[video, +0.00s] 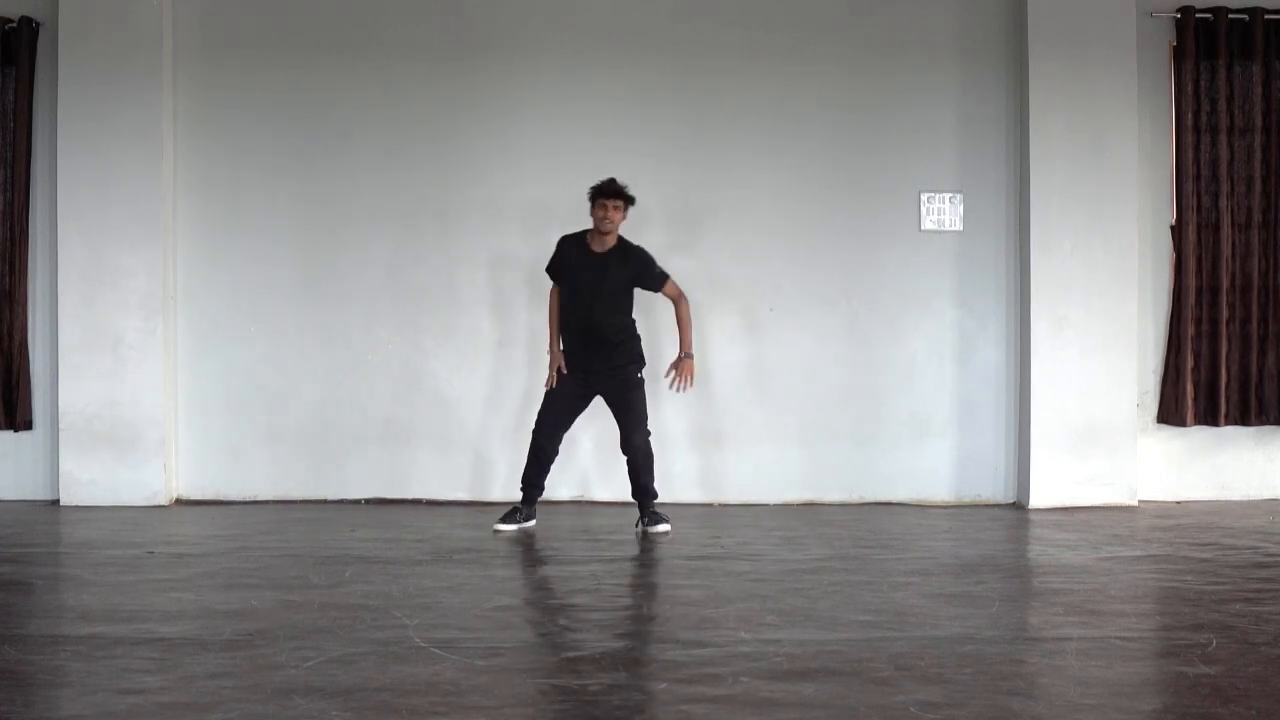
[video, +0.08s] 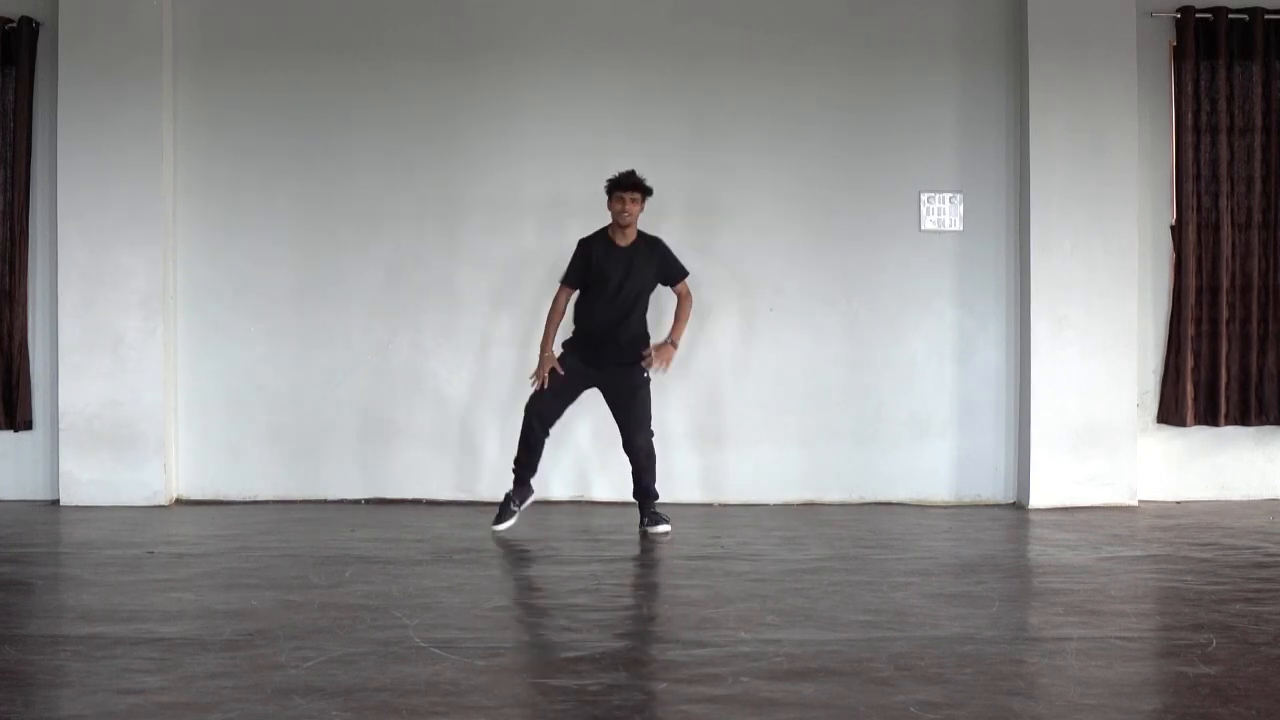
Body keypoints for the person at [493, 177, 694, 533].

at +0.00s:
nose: (608, 214)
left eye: (615, 209)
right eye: (602, 207)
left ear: (625, 215)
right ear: (591, 209)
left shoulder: (634, 258)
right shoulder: (568, 247)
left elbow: (679, 298)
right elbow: (557, 295)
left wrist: (686, 353)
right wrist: (554, 350)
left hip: (621, 367)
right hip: (575, 366)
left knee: (636, 440)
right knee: (544, 434)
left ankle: (648, 510)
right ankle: (526, 507)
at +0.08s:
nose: (626, 207)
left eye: (634, 202)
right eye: (620, 200)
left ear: (642, 207)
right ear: (609, 204)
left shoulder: (654, 250)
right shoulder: (589, 247)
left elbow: (684, 294)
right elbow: (562, 298)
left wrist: (672, 343)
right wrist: (546, 349)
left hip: (629, 362)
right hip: (581, 356)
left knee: (639, 439)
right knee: (536, 412)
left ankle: (648, 509)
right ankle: (519, 490)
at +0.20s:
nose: (632, 194)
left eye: (639, 188)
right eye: (625, 188)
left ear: (648, 192)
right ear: (614, 191)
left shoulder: (667, 234)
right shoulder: (602, 239)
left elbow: (682, 287)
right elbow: (566, 288)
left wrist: (644, 315)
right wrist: (542, 338)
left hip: (642, 347)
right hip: (599, 336)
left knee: (647, 431)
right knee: (539, 362)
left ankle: (650, 509)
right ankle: (531, 434)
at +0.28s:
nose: (629, 193)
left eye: (636, 187)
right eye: (622, 186)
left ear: (647, 190)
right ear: (612, 190)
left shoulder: (667, 223)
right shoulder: (602, 234)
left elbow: (685, 279)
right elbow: (573, 282)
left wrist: (636, 307)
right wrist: (554, 322)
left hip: (648, 341)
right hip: (607, 329)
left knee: (650, 429)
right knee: (557, 335)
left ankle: (650, 509)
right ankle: (553, 410)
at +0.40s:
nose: (629, 199)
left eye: (636, 192)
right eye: (622, 192)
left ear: (646, 194)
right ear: (611, 195)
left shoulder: (660, 218)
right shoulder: (604, 232)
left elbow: (671, 274)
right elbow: (599, 280)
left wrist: (629, 315)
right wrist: (594, 321)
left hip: (660, 336)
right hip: (621, 330)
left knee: (657, 425)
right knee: (586, 339)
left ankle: (651, 508)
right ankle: (591, 424)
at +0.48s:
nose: (632, 206)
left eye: (639, 200)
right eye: (625, 199)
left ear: (649, 202)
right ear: (614, 201)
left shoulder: (662, 228)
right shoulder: (609, 232)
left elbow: (663, 285)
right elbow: (617, 281)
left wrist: (636, 332)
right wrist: (629, 328)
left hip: (669, 340)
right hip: (628, 336)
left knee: (665, 427)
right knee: (600, 376)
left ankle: (652, 507)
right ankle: (619, 461)